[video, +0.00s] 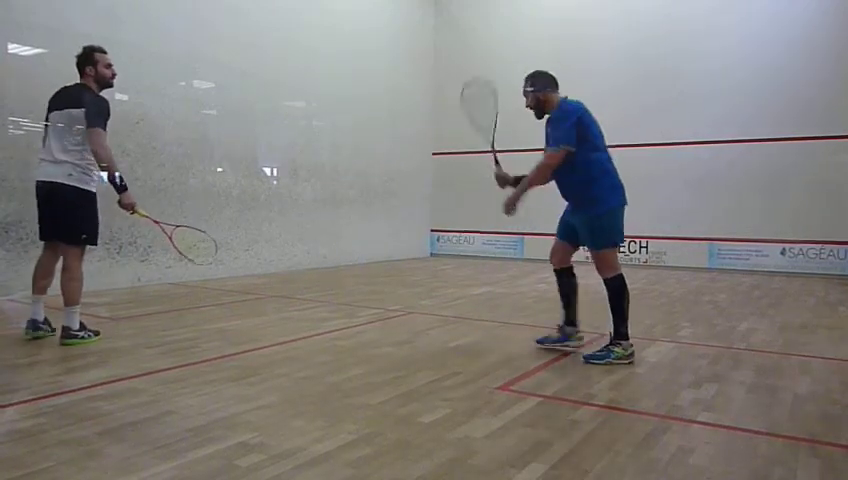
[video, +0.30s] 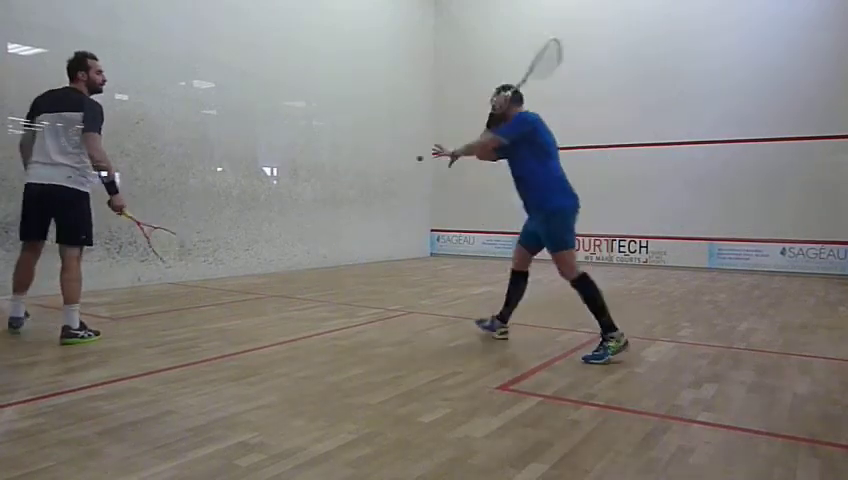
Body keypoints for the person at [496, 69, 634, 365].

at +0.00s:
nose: (526, 103)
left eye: (529, 95)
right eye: (525, 96)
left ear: (544, 92)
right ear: (545, 93)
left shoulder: (567, 113)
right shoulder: (555, 121)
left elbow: (551, 162)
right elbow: (549, 172)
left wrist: (518, 193)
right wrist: (514, 179)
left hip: (603, 202)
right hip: (580, 203)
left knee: (607, 265)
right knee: (560, 258)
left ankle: (621, 343)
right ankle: (570, 330)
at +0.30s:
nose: (493, 103)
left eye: (496, 97)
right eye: (493, 99)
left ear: (509, 98)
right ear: (510, 101)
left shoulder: (526, 120)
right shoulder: (515, 131)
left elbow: (487, 145)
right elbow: (486, 155)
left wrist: (456, 152)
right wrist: (492, 123)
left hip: (557, 208)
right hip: (540, 211)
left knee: (569, 270)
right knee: (520, 261)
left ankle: (613, 336)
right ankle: (501, 321)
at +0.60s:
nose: (459, 113)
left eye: (459, 109)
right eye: (460, 109)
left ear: (461, 108)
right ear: (482, 108)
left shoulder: (460, 128)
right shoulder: (496, 129)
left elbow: (433, 164)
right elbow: (507, 162)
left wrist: (423, 196)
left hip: (491, 198)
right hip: (518, 196)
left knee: (474, 261)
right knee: (500, 258)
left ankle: (522, 308)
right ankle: (499, 320)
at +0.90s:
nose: (436, 111)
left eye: (430, 107)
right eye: (441, 105)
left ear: (426, 109)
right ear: (448, 108)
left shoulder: (417, 135)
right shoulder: (467, 128)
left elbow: (388, 165)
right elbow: (503, 116)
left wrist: (373, 191)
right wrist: (503, 83)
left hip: (424, 208)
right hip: (462, 208)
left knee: (398, 258)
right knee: (473, 260)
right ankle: (486, 319)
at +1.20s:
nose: (379, 106)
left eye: (372, 102)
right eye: (385, 102)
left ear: (367, 103)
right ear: (389, 102)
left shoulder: (356, 128)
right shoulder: (399, 126)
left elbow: (336, 161)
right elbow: (426, 147)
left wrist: (353, 180)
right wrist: (455, 142)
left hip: (359, 199)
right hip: (392, 199)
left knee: (351, 253)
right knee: (407, 253)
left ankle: (343, 311)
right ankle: (407, 314)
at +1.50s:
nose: (362, 109)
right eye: (364, 106)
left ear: (343, 103)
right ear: (363, 106)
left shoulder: (326, 129)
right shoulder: (369, 131)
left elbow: (298, 157)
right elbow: (384, 163)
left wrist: (309, 185)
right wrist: (416, 189)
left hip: (321, 198)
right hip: (349, 200)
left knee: (330, 251)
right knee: (354, 258)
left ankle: (321, 312)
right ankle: (316, 307)